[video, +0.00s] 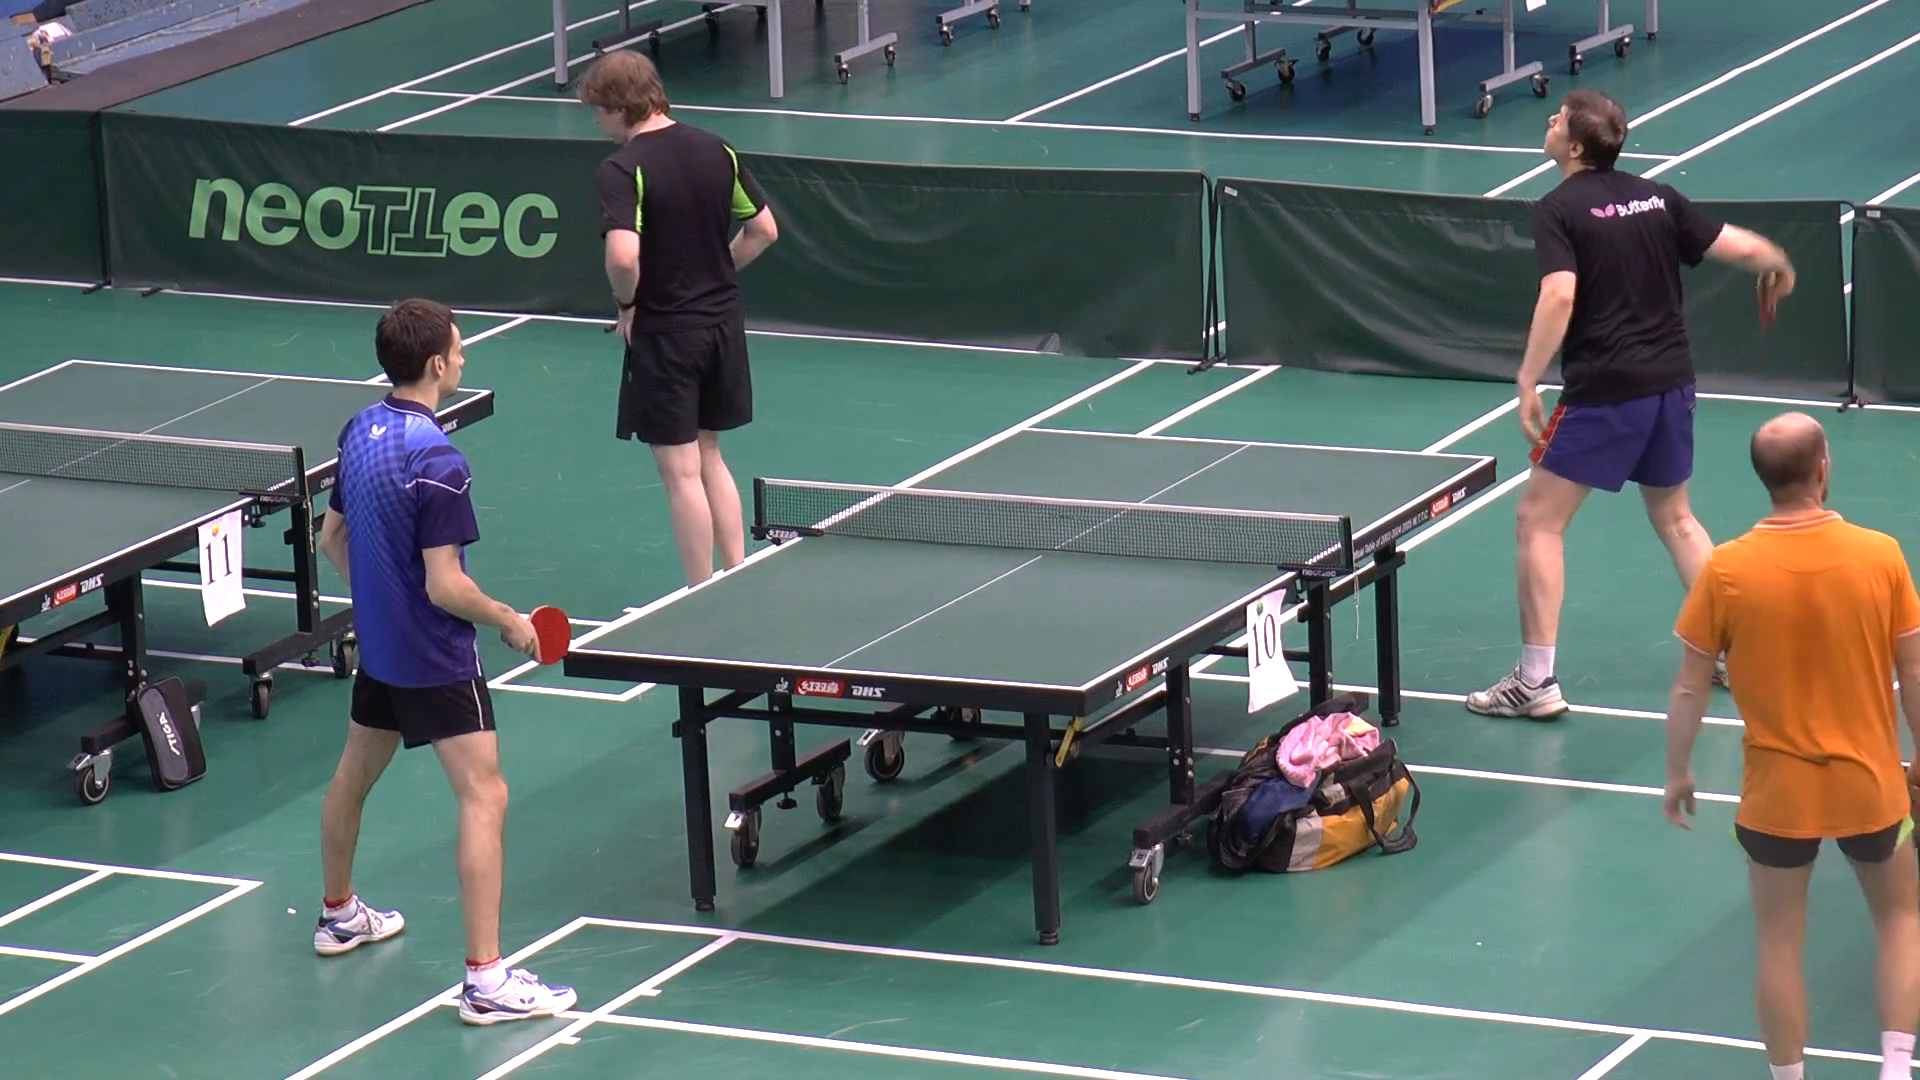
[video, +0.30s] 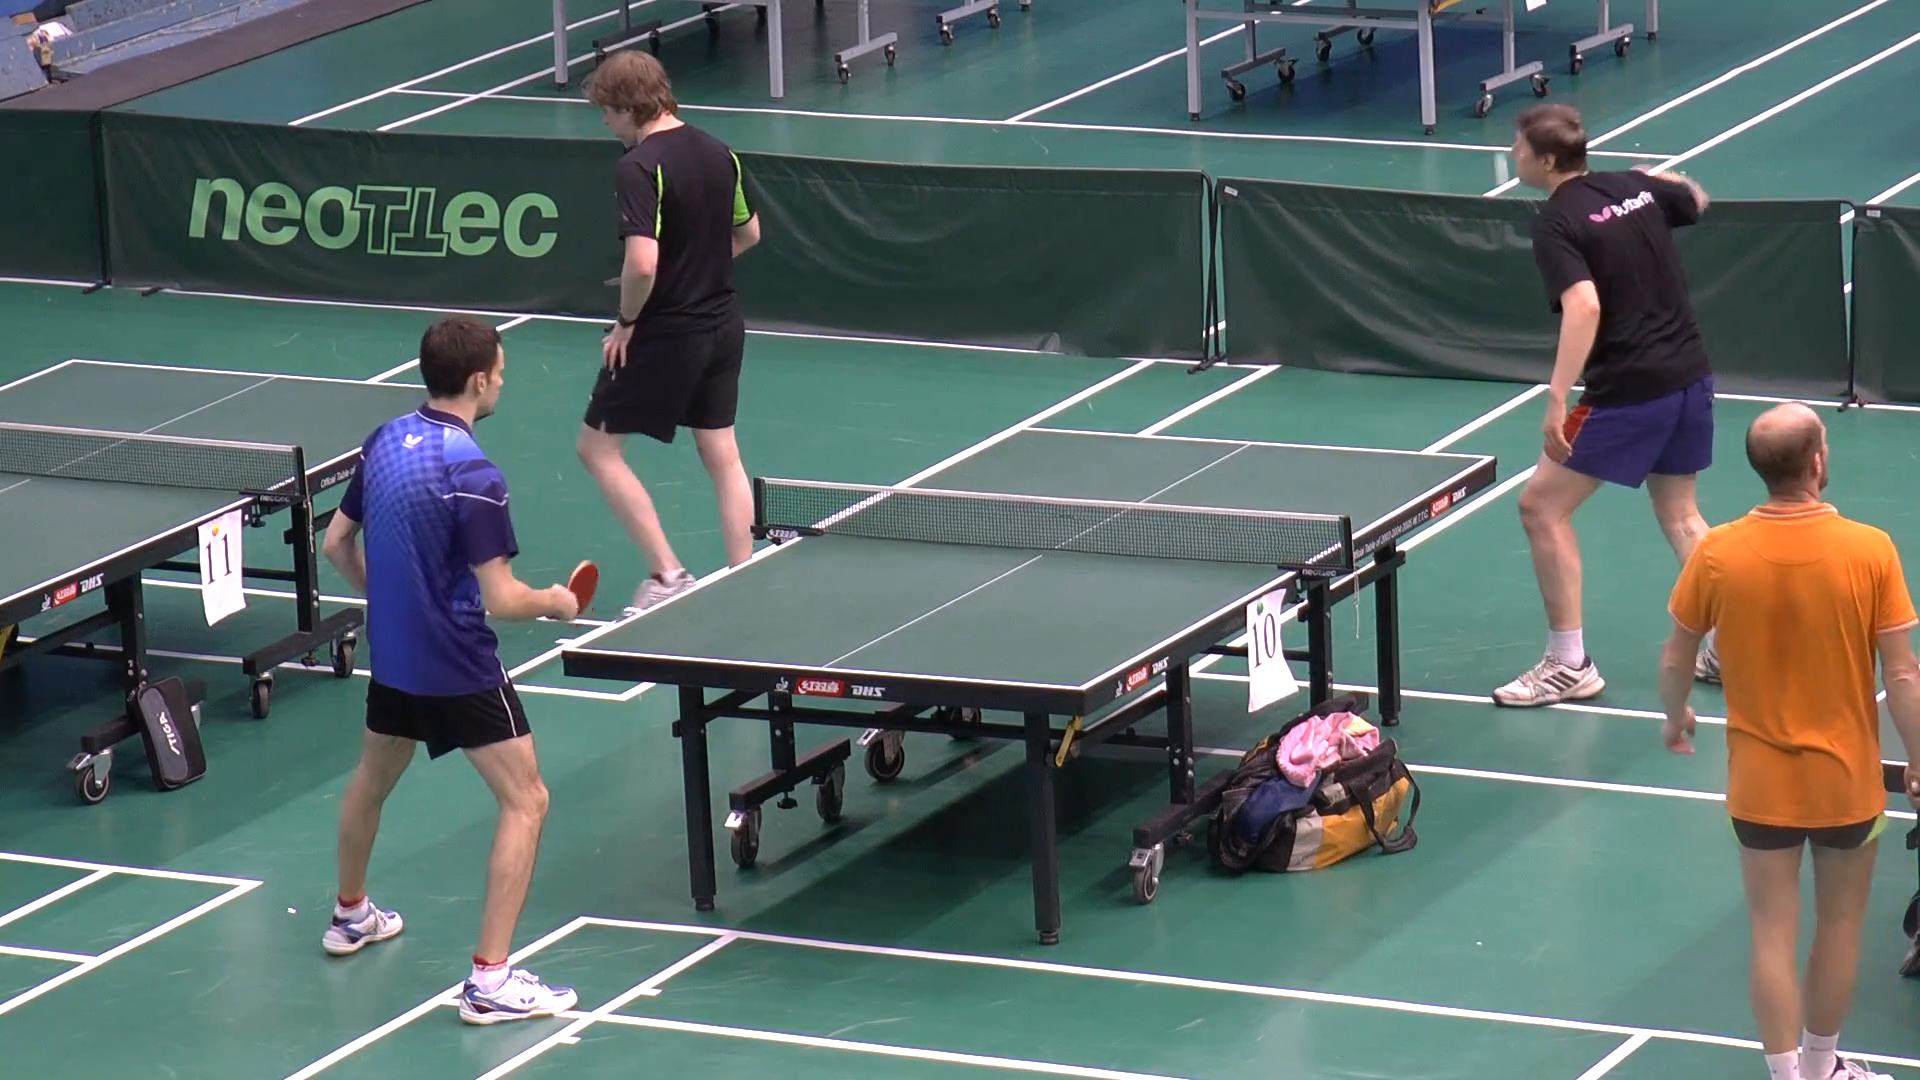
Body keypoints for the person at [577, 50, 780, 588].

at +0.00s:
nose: (598, 122)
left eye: (599, 111)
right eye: (595, 112)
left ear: (619, 106)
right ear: (654, 93)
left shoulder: (623, 167)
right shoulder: (713, 147)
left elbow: (624, 258)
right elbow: (763, 229)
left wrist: (626, 304)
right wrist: (717, 268)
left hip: (667, 339)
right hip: (724, 329)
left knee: (683, 476)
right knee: (710, 459)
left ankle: (704, 599)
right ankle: (740, 579)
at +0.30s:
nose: (607, 123)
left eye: (606, 112)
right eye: (603, 112)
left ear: (623, 109)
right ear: (662, 95)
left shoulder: (639, 165)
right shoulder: (718, 151)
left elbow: (644, 265)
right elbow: (748, 232)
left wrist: (625, 323)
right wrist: (697, 262)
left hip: (666, 338)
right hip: (723, 330)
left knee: (597, 447)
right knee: (723, 454)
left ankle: (669, 575)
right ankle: (747, 582)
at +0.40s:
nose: (599, 124)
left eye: (599, 113)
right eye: (596, 113)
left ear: (618, 107)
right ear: (654, 95)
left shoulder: (636, 164)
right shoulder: (712, 151)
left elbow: (634, 266)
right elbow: (736, 235)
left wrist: (614, 326)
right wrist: (679, 262)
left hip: (659, 333)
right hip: (715, 327)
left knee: (583, 442)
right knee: (719, 456)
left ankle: (628, 582)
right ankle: (747, 586)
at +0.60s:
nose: (562, 136)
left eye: (564, 124)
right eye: (560, 124)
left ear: (588, 118)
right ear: (616, 109)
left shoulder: (607, 175)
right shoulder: (681, 159)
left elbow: (583, 277)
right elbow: (704, 246)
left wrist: (546, 334)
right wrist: (642, 267)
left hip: (629, 344)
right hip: (690, 339)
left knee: (565, 459)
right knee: (687, 460)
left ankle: (542, 596)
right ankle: (735, 580)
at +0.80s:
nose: (497, 164)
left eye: (499, 152)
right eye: (493, 154)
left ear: (525, 145)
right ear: (550, 134)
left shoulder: (543, 207)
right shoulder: (623, 172)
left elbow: (507, 310)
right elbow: (660, 251)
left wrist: (460, 364)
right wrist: (582, 292)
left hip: (594, 350)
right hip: (657, 343)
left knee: (534, 463)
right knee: (648, 465)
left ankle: (523, 601)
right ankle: (727, 575)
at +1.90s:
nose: (476, 172)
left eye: (477, 160)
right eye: (472, 161)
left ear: (504, 149)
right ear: (527, 139)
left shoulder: (530, 208)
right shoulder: (600, 164)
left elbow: (498, 311)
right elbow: (652, 240)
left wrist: (440, 361)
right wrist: (575, 289)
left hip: (601, 340)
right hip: (663, 331)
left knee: (536, 459)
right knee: (662, 458)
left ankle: (524, 602)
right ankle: (710, 581)